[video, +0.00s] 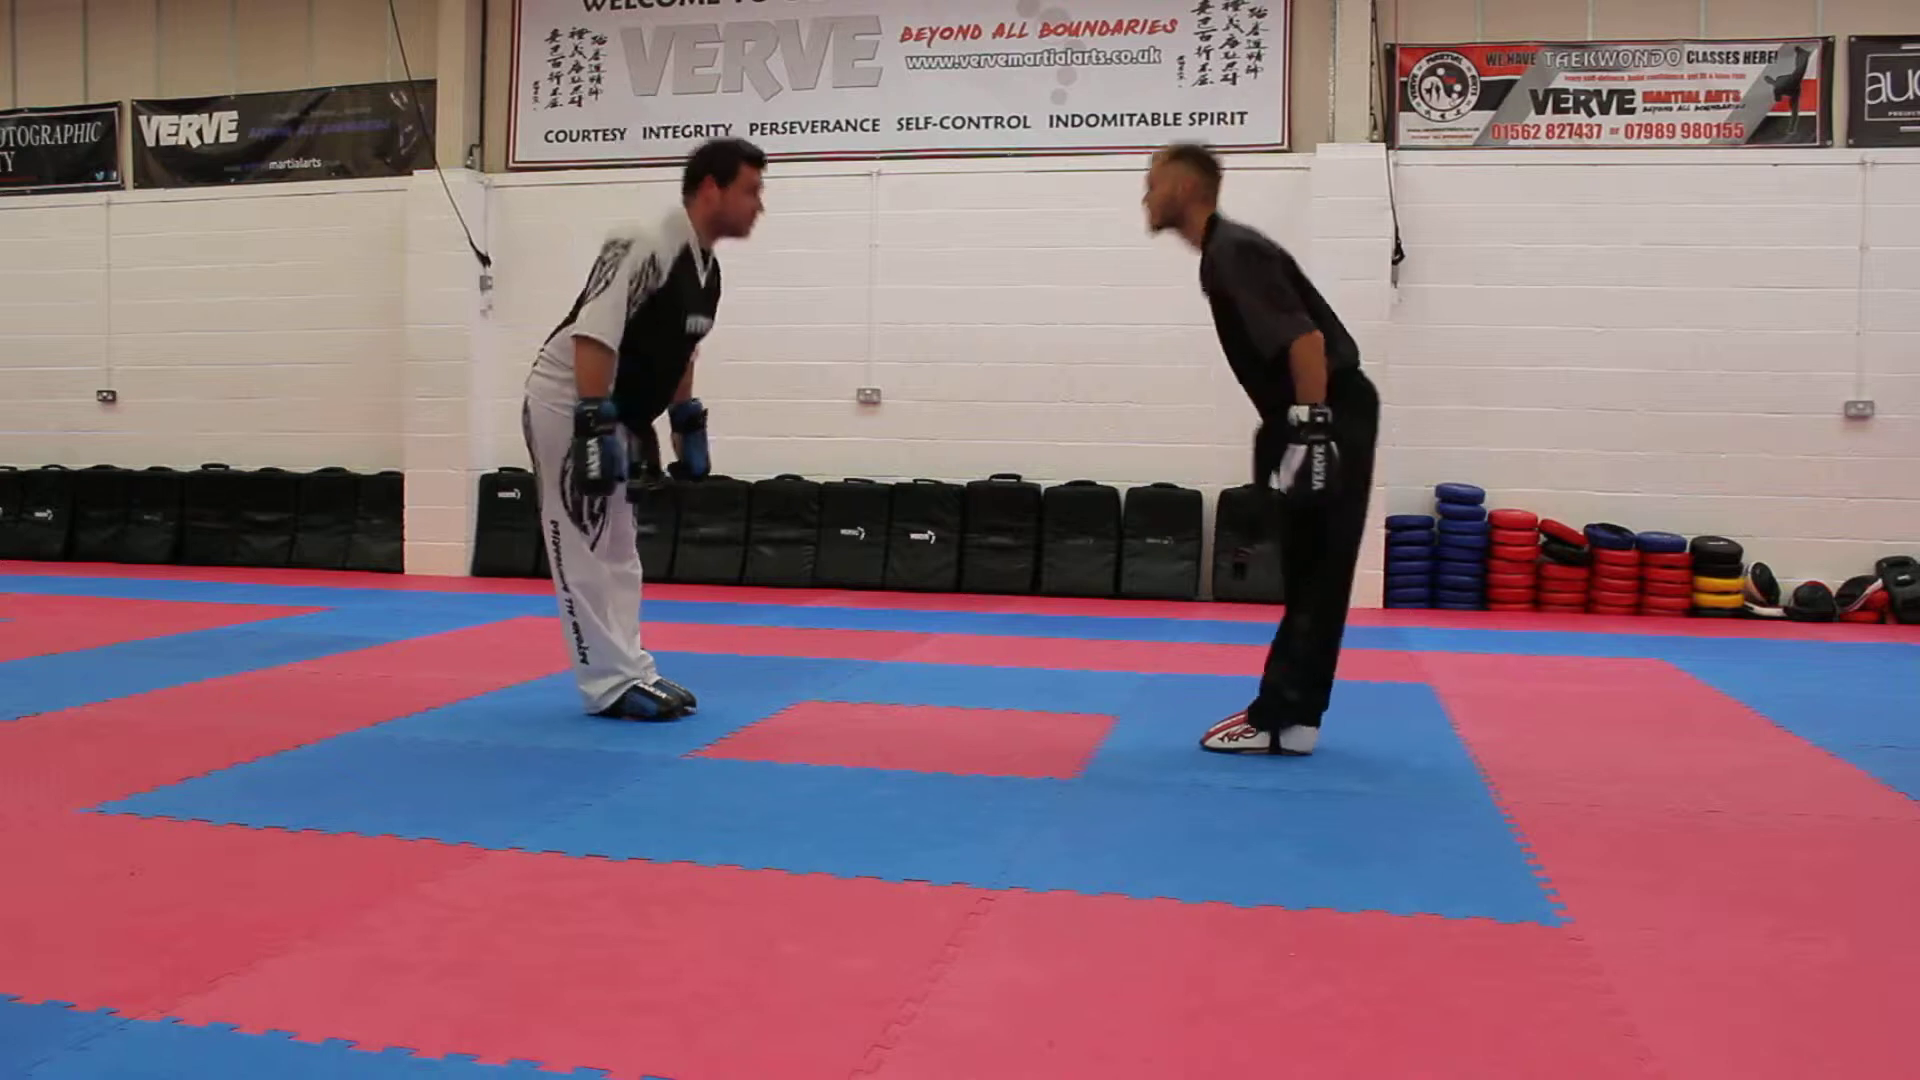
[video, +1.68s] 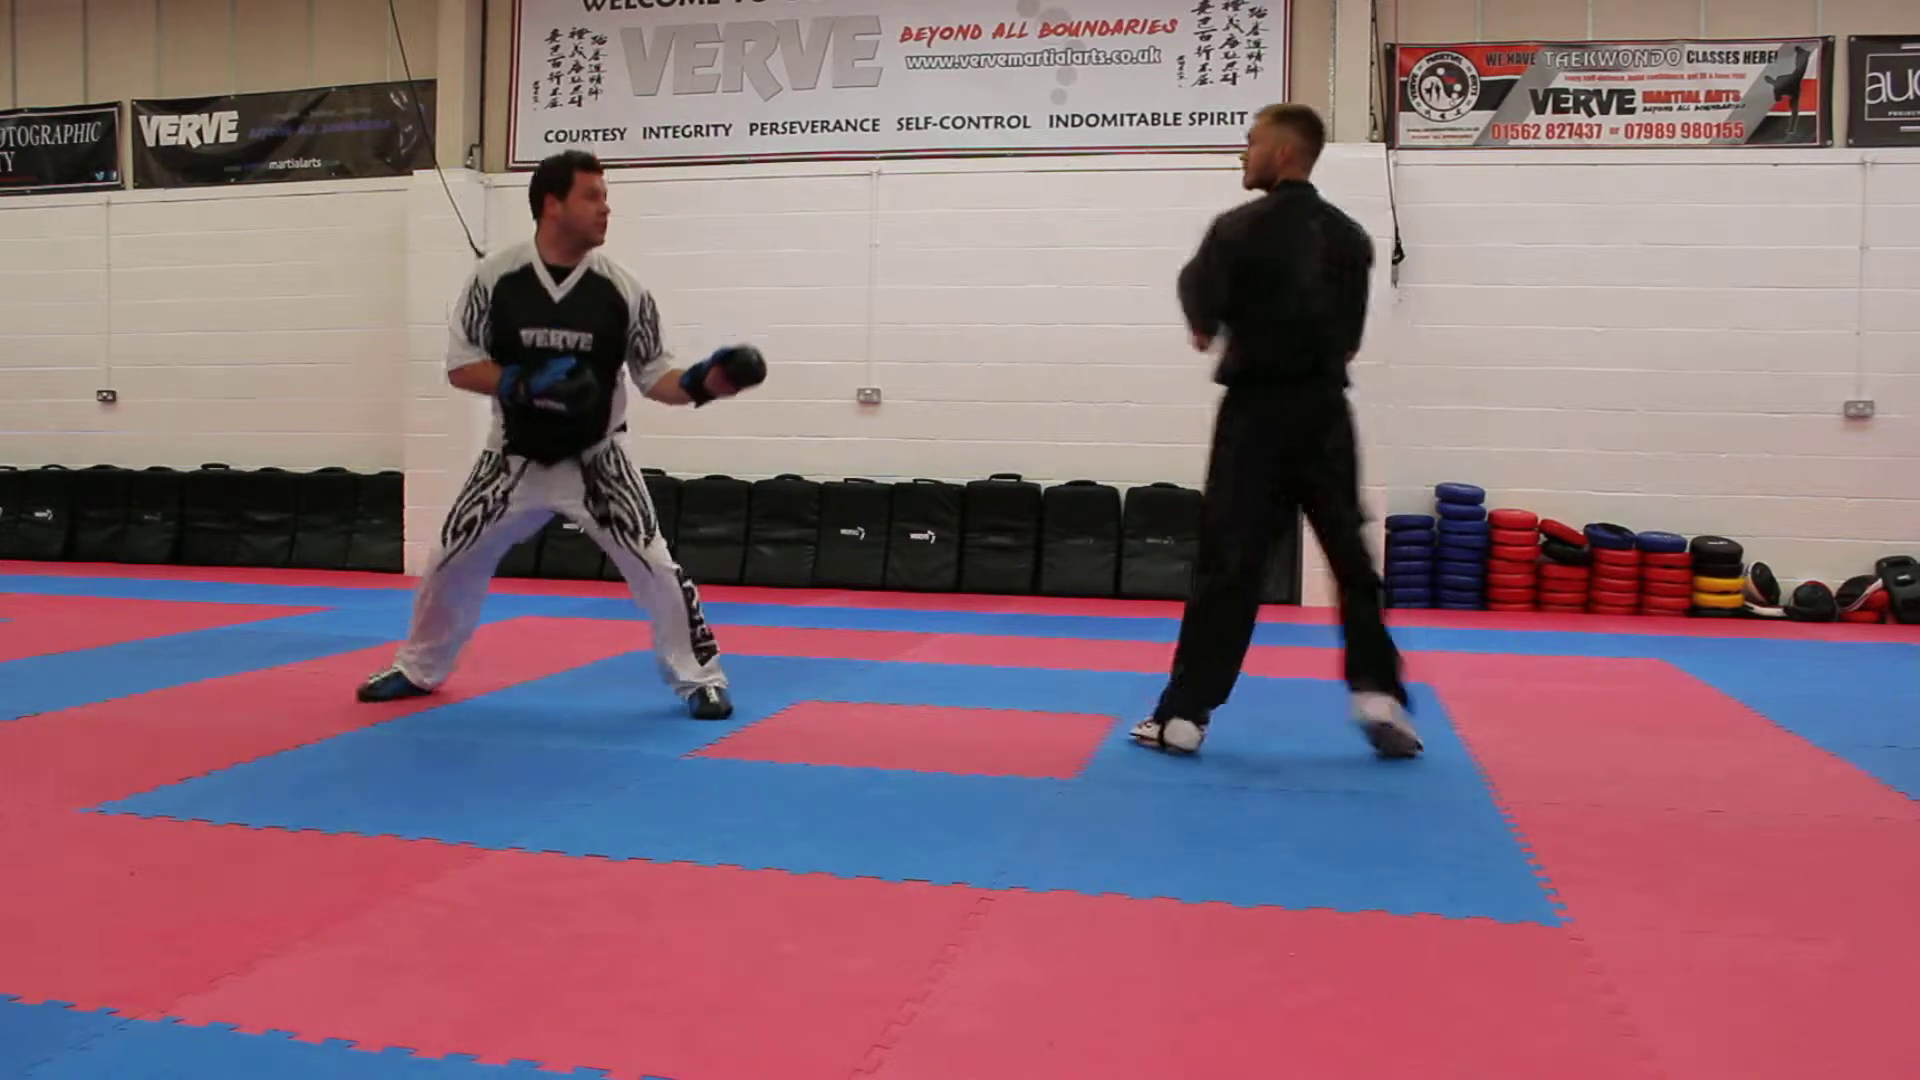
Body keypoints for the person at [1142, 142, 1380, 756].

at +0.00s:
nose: (1144, 196)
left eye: (1152, 183)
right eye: (1147, 184)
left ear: (1186, 187)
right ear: (1187, 188)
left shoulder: (1236, 254)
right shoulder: (1222, 254)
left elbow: (1306, 340)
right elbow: (1285, 344)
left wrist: (1312, 425)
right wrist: (1280, 426)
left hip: (1331, 412)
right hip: (1312, 411)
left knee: (1316, 568)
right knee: (1311, 567)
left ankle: (1285, 715)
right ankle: (1290, 711)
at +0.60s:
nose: (1164, 186)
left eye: (1173, 174)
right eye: (1168, 174)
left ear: (1204, 182)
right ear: (1207, 183)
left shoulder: (1236, 249)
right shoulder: (1237, 245)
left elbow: (1293, 339)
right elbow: (1297, 338)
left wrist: (1263, 424)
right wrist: (1272, 424)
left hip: (1337, 407)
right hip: (1331, 406)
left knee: (1323, 562)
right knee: (1320, 562)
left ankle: (1289, 714)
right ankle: (1296, 712)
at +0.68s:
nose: (1191, 162)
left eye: (1201, 150)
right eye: (1197, 150)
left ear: (1229, 159)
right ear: (1239, 161)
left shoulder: (1243, 233)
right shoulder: (1270, 224)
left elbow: (1253, 339)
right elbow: (1269, 337)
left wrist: (1189, 400)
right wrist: (1195, 395)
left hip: (1313, 412)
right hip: (1331, 408)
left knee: (1306, 559)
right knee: (1313, 559)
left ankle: (1288, 714)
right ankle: (1295, 709)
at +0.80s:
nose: (1220, 148)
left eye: (1228, 137)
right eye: (1224, 136)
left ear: (1256, 148)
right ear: (1276, 152)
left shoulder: (1246, 224)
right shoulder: (1317, 221)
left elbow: (1202, 329)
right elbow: (1310, 323)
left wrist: (1138, 334)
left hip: (1311, 408)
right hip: (1349, 402)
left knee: (1293, 556)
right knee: (1318, 556)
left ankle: (1286, 715)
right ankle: (1295, 707)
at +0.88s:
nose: (1234, 143)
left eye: (1243, 131)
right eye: (1238, 130)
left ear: (1272, 143)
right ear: (1292, 148)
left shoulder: (1249, 221)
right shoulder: (1331, 218)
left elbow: (1186, 320)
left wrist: (1141, 294)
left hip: (1307, 406)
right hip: (1355, 401)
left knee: (1289, 555)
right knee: (1333, 552)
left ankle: (1286, 716)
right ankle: (1327, 700)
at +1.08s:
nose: (1268, 139)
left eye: (1279, 129)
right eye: (1273, 128)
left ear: (1309, 142)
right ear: (1326, 146)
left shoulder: (1273, 222)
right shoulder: (1366, 227)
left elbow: (1231, 326)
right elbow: (1334, 316)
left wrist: (1191, 300)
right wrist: (1250, 329)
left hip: (1298, 419)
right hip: (1362, 413)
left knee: (1279, 564)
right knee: (1372, 558)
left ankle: (1282, 713)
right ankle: (1418, 693)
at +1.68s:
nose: (1244, 154)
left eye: (1253, 143)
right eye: (1247, 143)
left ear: (1286, 151)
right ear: (1300, 155)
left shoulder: (1238, 230)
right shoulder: (1349, 236)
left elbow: (1200, 307)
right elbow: (1347, 338)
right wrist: (1249, 334)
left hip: (1250, 420)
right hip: (1323, 419)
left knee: (1228, 565)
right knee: (1351, 557)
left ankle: (1185, 716)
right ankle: (1378, 696)